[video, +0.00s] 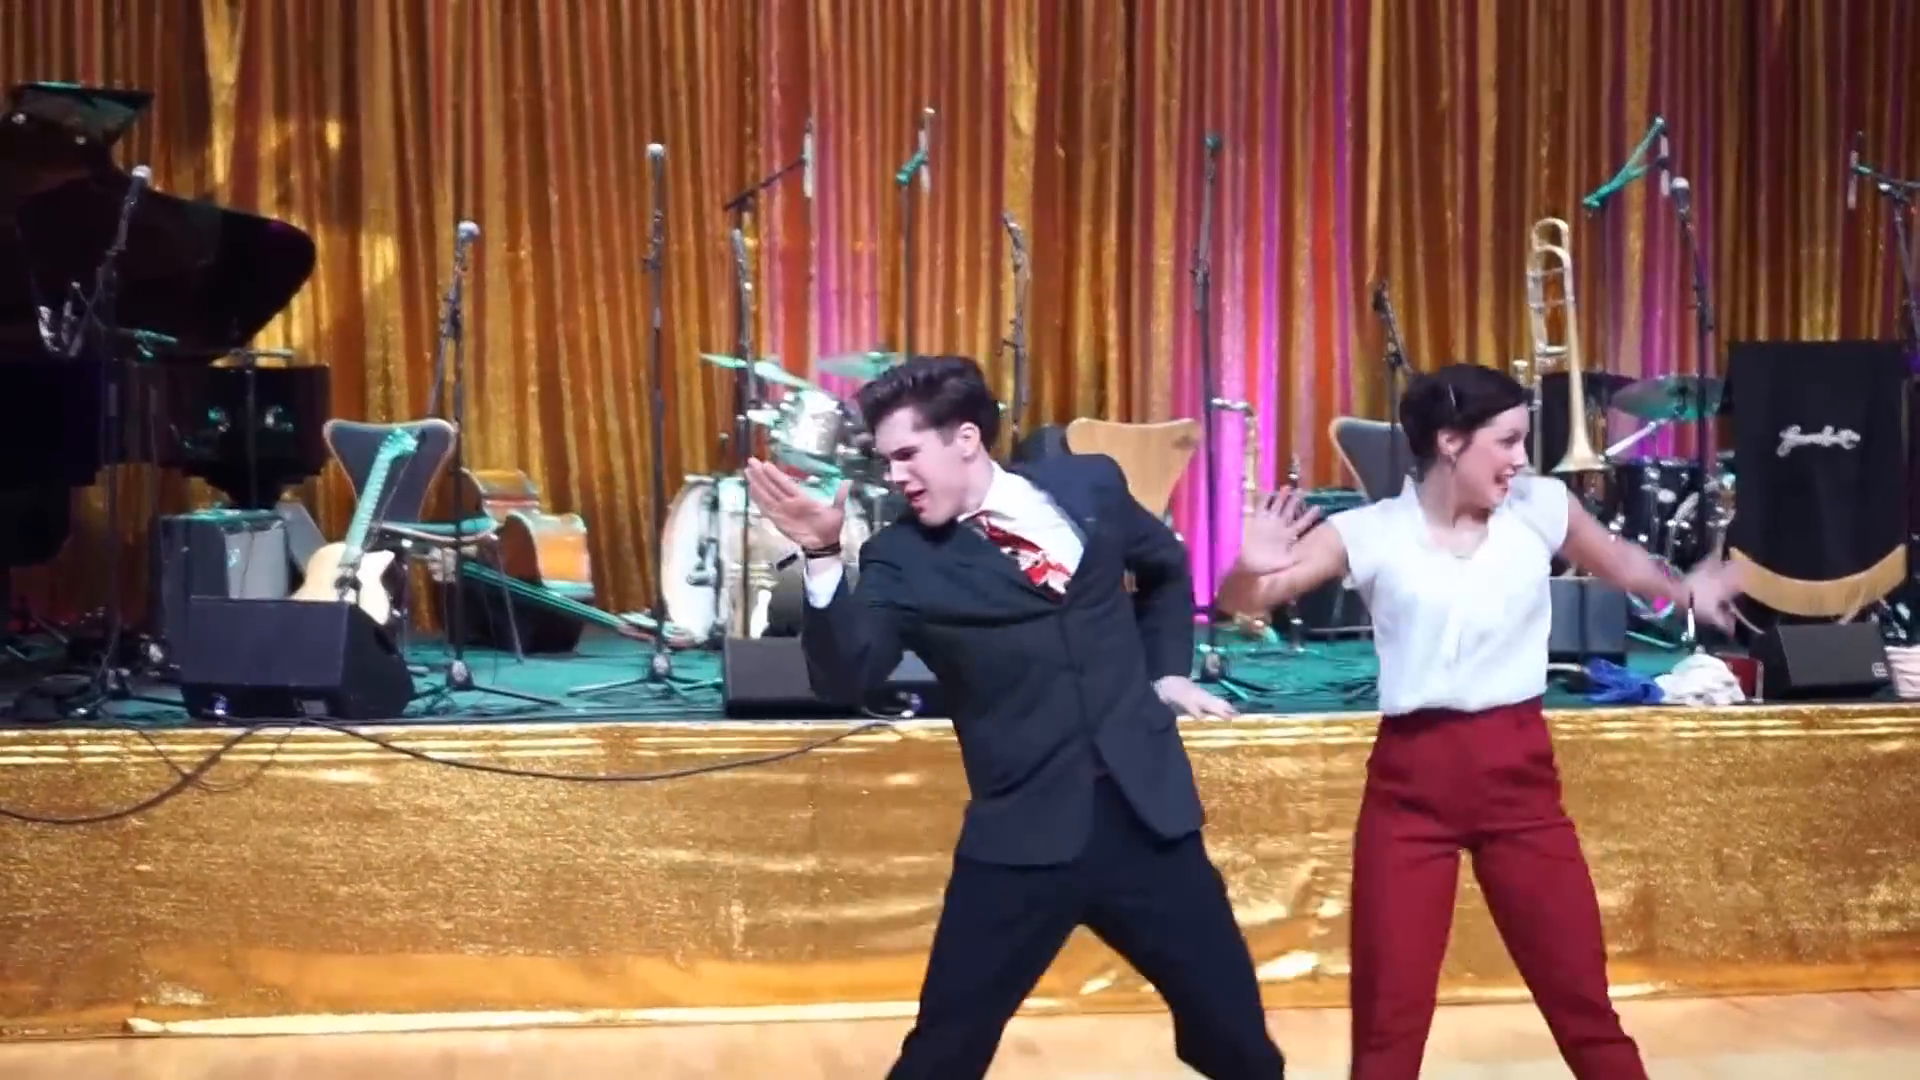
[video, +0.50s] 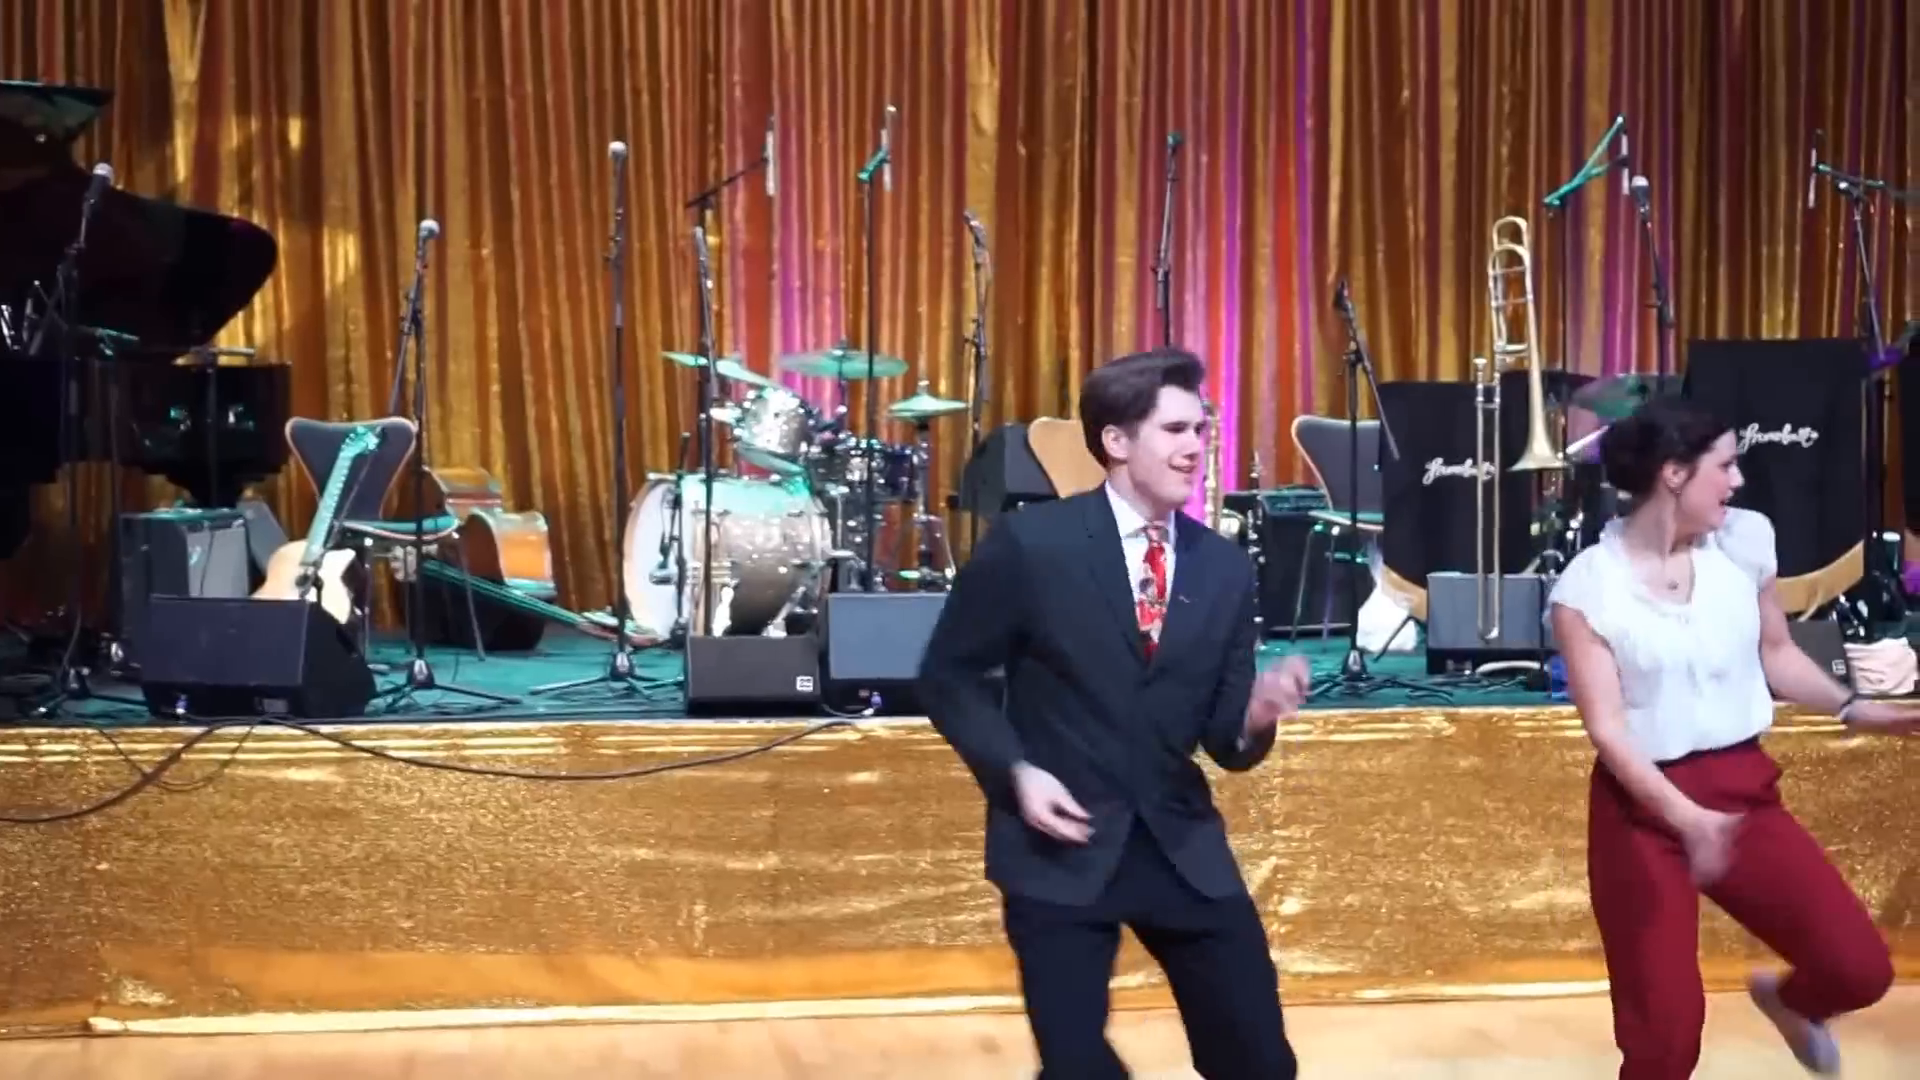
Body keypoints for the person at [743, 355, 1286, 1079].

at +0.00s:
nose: (896, 478)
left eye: (907, 454)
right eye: (885, 462)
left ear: (969, 439)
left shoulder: (1088, 484)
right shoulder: (900, 558)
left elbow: (1165, 562)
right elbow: (843, 680)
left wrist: (1171, 671)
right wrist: (823, 558)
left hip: (1149, 816)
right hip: (1020, 834)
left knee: (1240, 1050)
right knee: (944, 1055)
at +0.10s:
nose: (934, 478)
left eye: (944, 453)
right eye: (924, 461)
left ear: (1006, 438)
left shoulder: (1128, 474)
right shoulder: (941, 559)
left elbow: (1208, 546)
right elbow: (882, 686)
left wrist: (1227, 646)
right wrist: (863, 561)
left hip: (1199, 803)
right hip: (1072, 821)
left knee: (1280, 1052)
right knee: (992, 1057)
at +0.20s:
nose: (964, 455)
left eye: (977, 432)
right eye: (957, 438)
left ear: (1041, 420)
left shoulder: (1158, 452)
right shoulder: (974, 543)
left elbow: (1238, 516)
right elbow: (925, 682)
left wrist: (1243, 617)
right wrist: (922, 575)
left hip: (1222, 782)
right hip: (1099, 799)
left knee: (1278, 1025)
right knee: (1035, 1041)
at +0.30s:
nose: (1018, 447)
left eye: (1034, 425)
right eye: (1007, 429)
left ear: (1094, 418)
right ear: (999, 430)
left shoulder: (1194, 476)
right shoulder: (996, 531)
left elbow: (1258, 576)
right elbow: (985, 713)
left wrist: (1267, 678)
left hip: (1215, 796)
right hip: (1093, 815)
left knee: (1284, 1037)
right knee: (1092, 1051)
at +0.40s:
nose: (1129, 456)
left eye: (1144, 436)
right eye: (1109, 438)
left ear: (1168, 440)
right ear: (1074, 447)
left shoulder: (1228, 553)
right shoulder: (1022, 567)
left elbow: (1244, 700)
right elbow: (1016, 739)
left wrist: (1275, 767)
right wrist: (1099, 825)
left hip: (1214, 853)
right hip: (1089, 866)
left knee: (1279, 1056)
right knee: (1142, 1066)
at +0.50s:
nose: (1194, 447)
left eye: (1201, 429)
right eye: (1175, 428)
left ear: (1210, 438)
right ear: (1115, 444)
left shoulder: (1225, 567)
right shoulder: (1027, 546)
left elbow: (1228, 742)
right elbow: (947, 674)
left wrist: (1257, 721)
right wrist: (1015, 772)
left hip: (1181, 844)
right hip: (1056, 846)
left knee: (1257, 1059)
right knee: (1073, 1061)